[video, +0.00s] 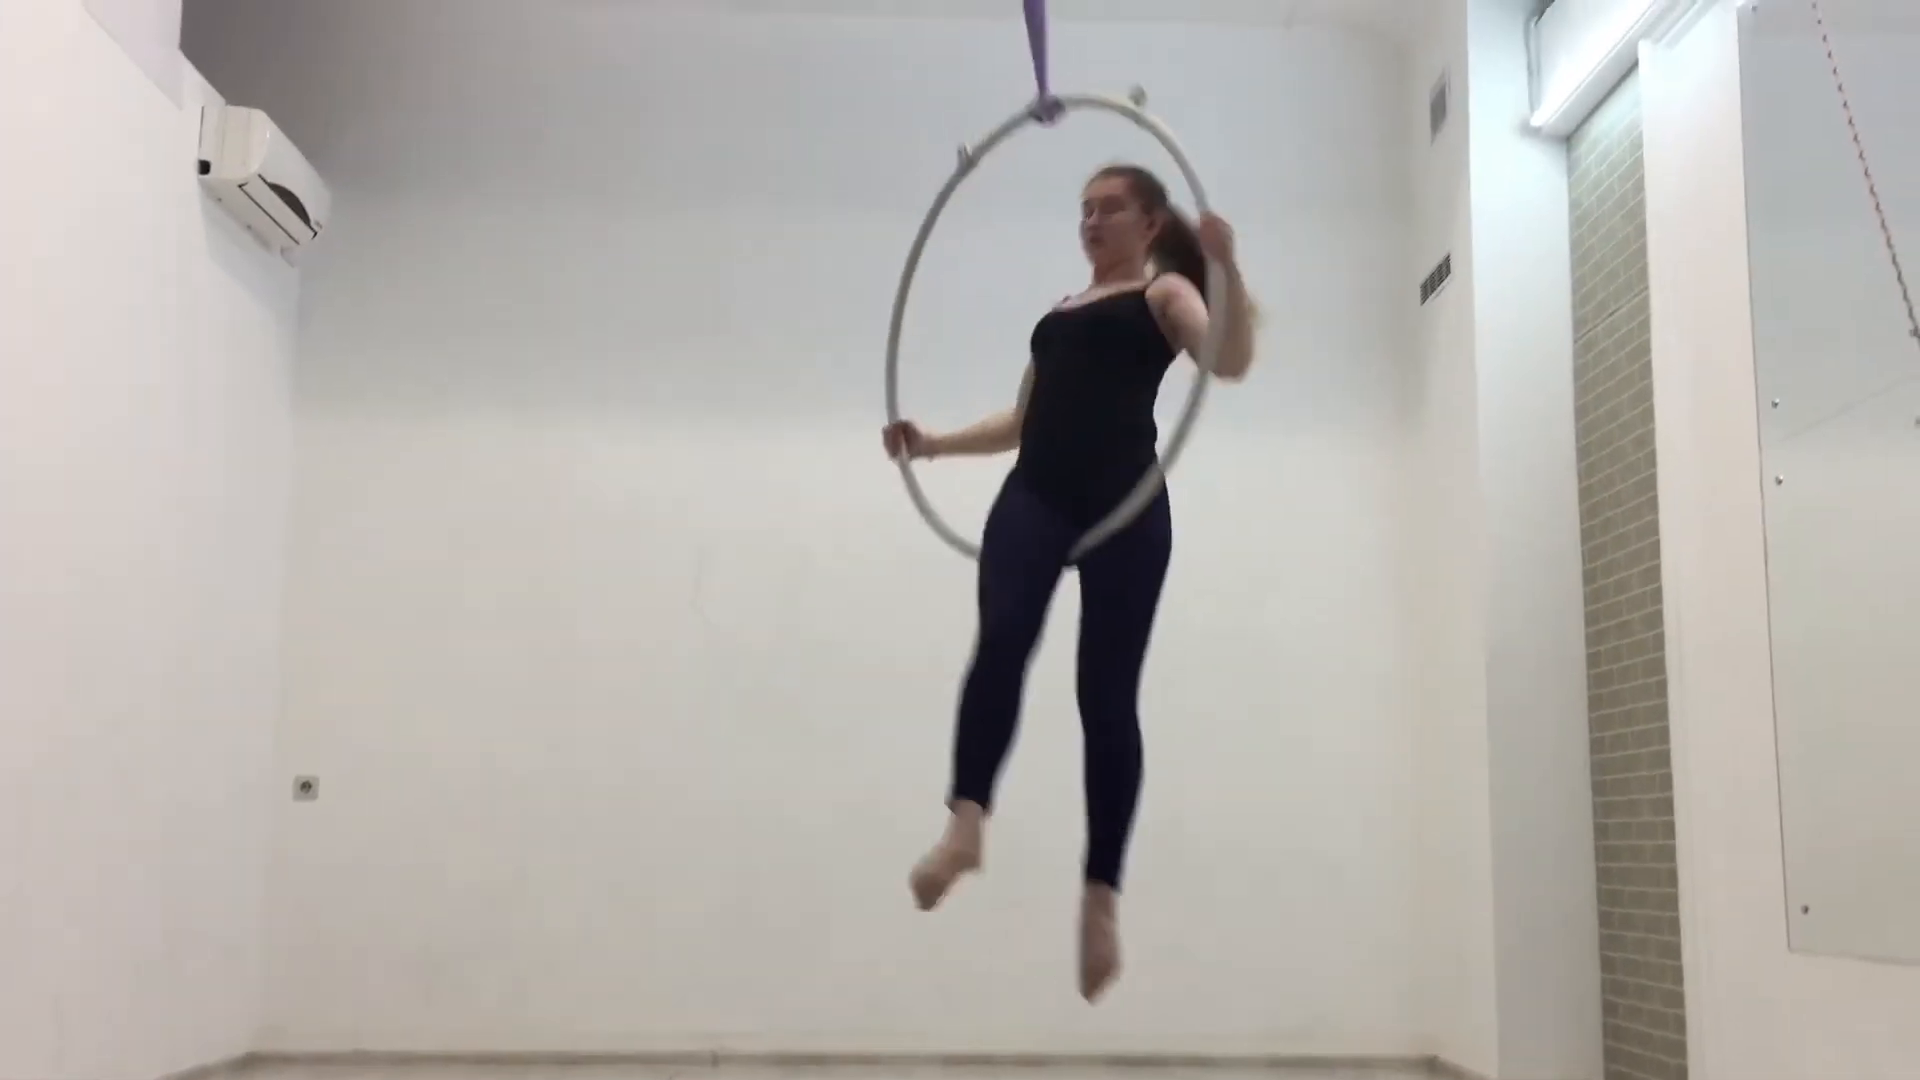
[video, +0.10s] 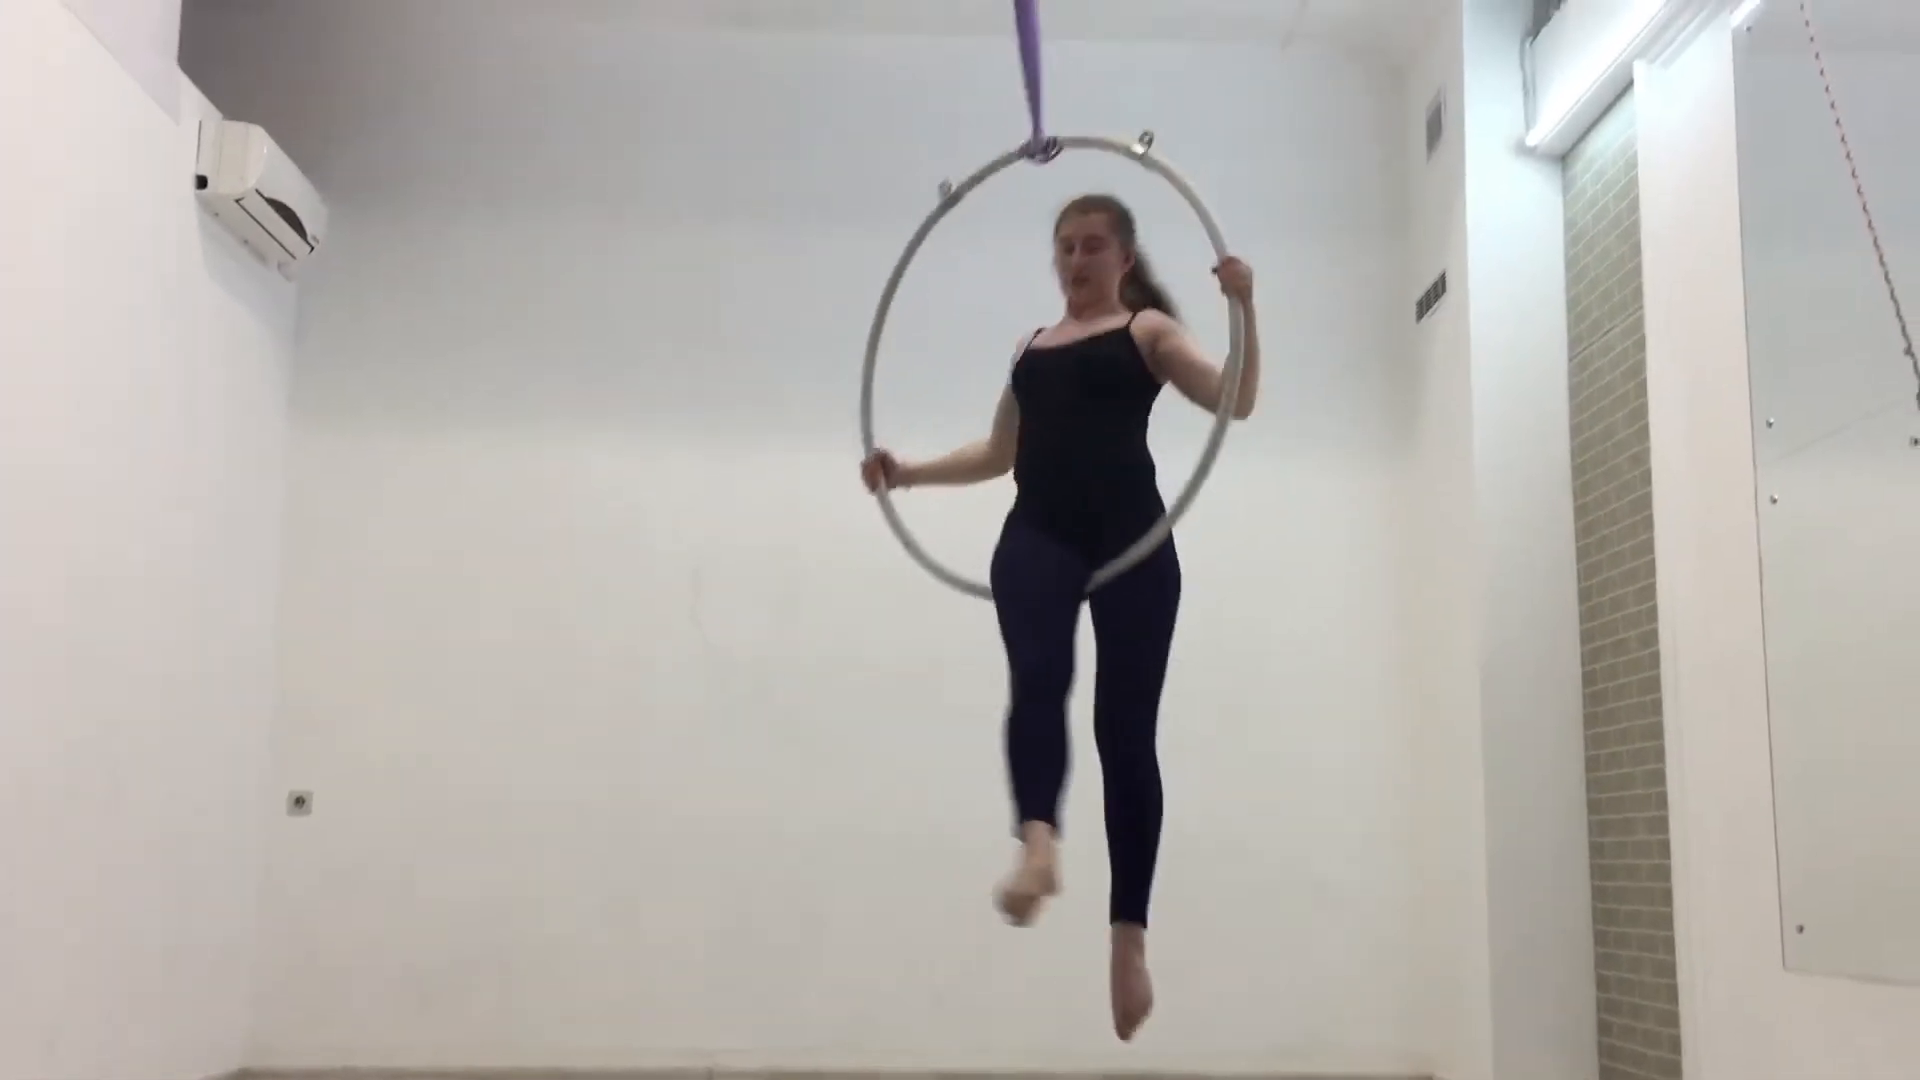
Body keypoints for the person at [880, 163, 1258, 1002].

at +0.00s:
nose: (1091, 220)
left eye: (1108, 207)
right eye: (1086, 209)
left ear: (1151, 223)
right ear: (1081, 225)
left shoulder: (1164, 292)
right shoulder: (1064, 316)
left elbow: (1228, 360)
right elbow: (1020, 426)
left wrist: (1226, 268)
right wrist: (932, 442)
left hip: (1125, 507)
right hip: (1034, 499)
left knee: (1107, 701)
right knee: (997, 650)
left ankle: (1101, 895)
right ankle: (964, 823)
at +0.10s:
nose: (1079, 258)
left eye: (1094, 246)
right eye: (1069, 247)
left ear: (1125, 256)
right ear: (1054, 259)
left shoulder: (1147, 330)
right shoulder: (1035, 349)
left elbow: (1234, 397)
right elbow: (996, 456)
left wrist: (1242, 308)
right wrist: (906, 472)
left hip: (1132, 541)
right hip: (1038, 539)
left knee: (1126, 733)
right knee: (1036, 685)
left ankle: (1129, 935)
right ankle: (1037, 844)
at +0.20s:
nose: (1066, 271)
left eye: (1080, 258)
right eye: (1052, 258)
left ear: (1105, 265)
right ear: (1031, 266)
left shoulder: (1130, 340)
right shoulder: (1007, 360)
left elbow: (1221, 407)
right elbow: (955, 458)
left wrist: (1245, 326)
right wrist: (865, 464)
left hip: (1132, 554)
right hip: (1038, 554)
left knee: (1128, 743)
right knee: (1070, 690)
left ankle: (1131, 941)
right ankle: (1102, 843)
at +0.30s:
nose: (1056, 274)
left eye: (1069, 261)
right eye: (1041, 261)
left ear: (1087, 265)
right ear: (1014, 265)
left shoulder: (1112, 343)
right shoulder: (982, 352)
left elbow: (1200, 417)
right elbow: (894, 419)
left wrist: (1252, 348)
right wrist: (830, 369)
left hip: (1126, 554)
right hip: (1034, 554)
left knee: (1121, 742)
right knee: (1086, 685)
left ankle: (1125, 941)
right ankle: (1148, 836)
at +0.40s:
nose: (1047, 288)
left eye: (1058, 275)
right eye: (1031, 274)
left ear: (1070, 282)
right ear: (995, 281)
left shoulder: (1090, 361)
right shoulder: (961, 358)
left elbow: (1177, 431)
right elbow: (850, 372)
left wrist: (1242, 369)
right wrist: (840, 290)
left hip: (1116, 571)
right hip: (1027, 566)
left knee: (1112, 752)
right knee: (1102, 689)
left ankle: (1122, 955)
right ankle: (1186, 830)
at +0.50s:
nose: (1036, 309)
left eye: (1046, 296)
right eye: (1020, 295)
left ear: (1056, 304)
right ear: (981, 301)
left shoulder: (1067, 385)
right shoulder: (946, 378)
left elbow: (1155, 444)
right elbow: (833, 370)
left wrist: (1214, 372)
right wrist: (834, 286)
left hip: (1097, 596)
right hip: (1011, 586)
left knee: (1097, 793)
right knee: (1093, 672)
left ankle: (1107, 977)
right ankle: (1224, 831)